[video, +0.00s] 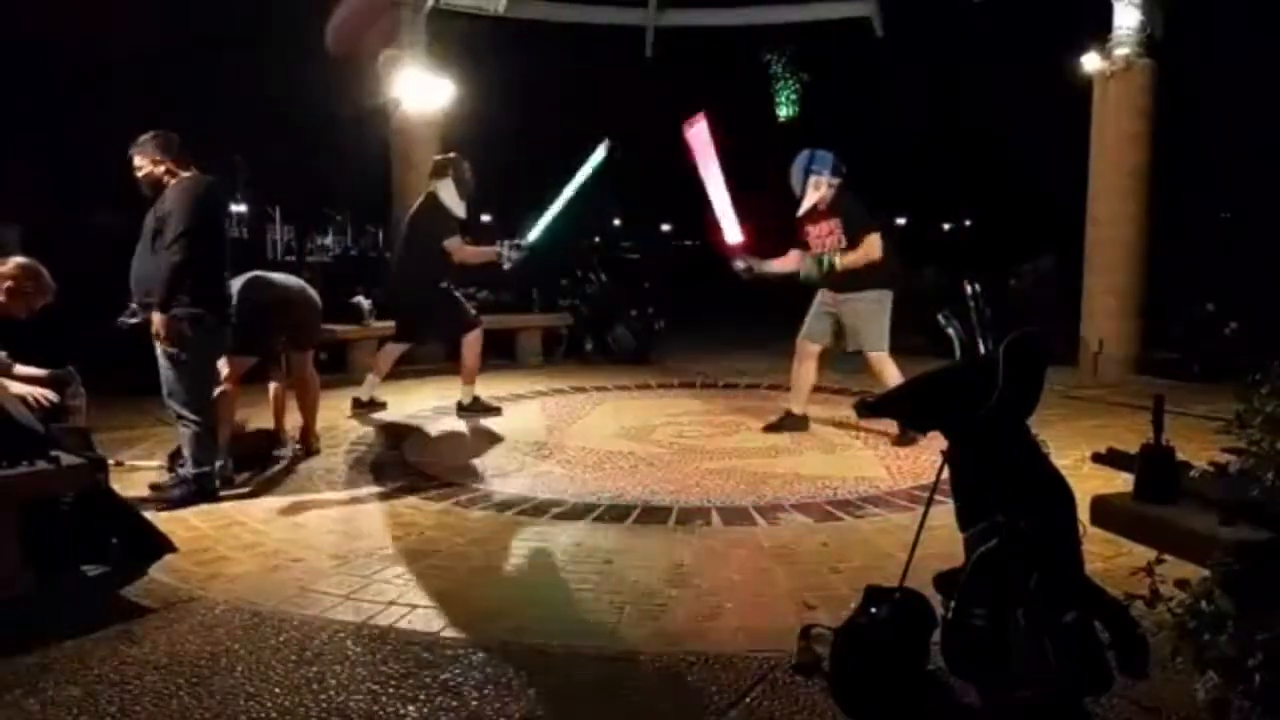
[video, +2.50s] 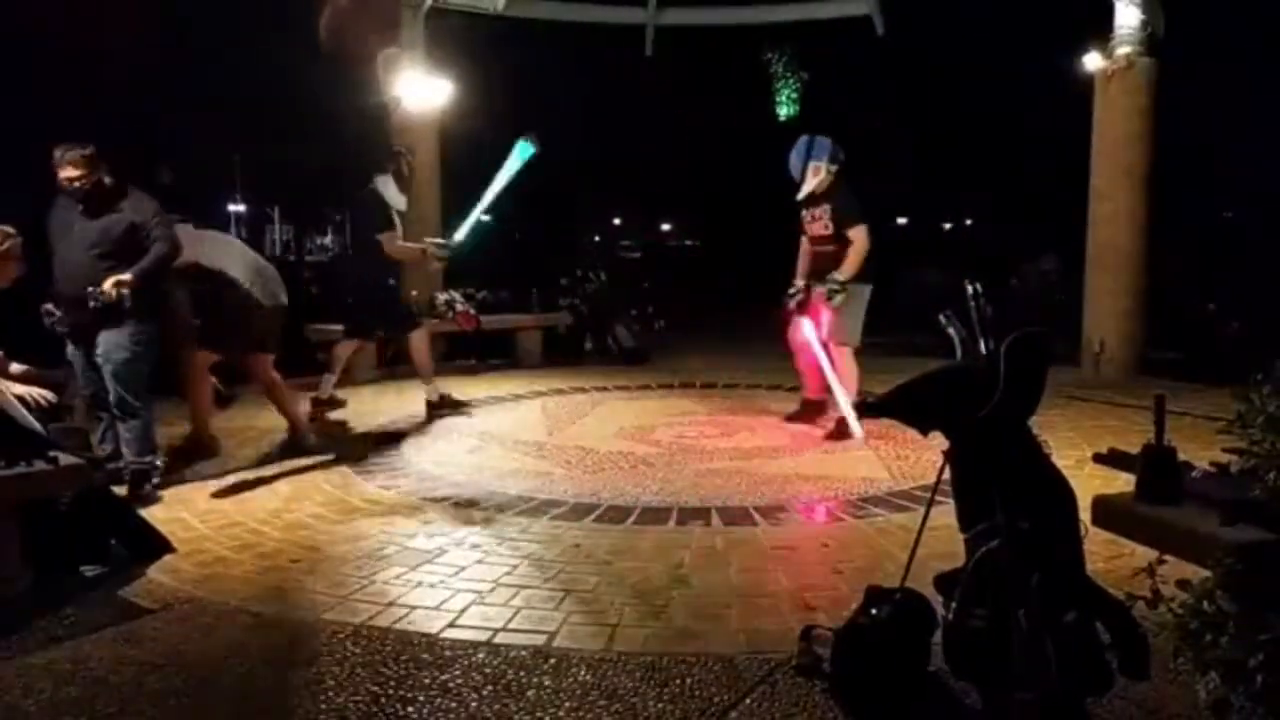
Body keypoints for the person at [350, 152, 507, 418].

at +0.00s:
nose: (470, 182)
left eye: (469, 176)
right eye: (465, 176)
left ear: (438, 177)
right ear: (453, 178)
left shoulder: (430, 203)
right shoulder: (439, 206)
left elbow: (457, 252)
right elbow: (459, 253)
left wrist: (496, 252)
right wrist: (499, 253)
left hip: (409, 284)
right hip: (428, 285)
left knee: (403, 337)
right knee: (472, 329)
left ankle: (365, 394)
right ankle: (468, 399)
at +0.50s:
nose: (447, 181)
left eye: (446, 175)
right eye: (442, 175)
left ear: (424, 177)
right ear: (429, 178)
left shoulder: (427, 204)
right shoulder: (410, 209)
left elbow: (421, 255)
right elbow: (407, 260)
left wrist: (437, 287)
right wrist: (433, 288)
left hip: (409, 286)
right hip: (404, 287)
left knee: (387, 339)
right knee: (445, 329)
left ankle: (349, 394)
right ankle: (463, 396)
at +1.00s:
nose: (425, 180)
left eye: (424, 174)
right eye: (421, 173)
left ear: (399, 173)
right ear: (408, 173)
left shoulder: (391, 199)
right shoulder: (388, 201)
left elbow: (408, 245)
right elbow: (407, 247)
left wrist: (441, 252)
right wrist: (443, 253)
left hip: (379, 282)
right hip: (386, 284)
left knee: (373, 337)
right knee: (430, 324)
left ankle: (348, 394)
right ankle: (429, 391)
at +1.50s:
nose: (444, 175)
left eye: (441, 169)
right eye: (440, 170)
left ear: (414, 173)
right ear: (429, 173)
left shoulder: (411, 199)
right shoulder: (408, 203)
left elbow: (426, 248)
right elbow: (429, 253)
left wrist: (460, 255)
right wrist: (464, 259)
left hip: (392, 281)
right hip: (404, 283)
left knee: (381, 335)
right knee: (440, 329)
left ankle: (343, 389)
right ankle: (449, 395)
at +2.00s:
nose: (392, 177)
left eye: (393, 171)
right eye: (388, 171)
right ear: (375, 170)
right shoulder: (361, 197)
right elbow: (378, 243)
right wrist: (415, 246)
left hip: (347, 272)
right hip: (358, 274)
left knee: (346, 332)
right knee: (391, 327)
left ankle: (323, 391)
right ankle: (384, 391)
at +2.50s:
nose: (411, 173)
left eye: (410, 167)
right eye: (407, 167)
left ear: (387, 169)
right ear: (394, 167)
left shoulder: (376, 197)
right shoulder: (378, 200)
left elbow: (389, 243)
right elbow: (391, 247)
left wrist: (422, 245)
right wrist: (426, 251)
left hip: (366, 282)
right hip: (378, 284)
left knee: (354, 336)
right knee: (416, 330)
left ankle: (324, 392)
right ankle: (434, 395)